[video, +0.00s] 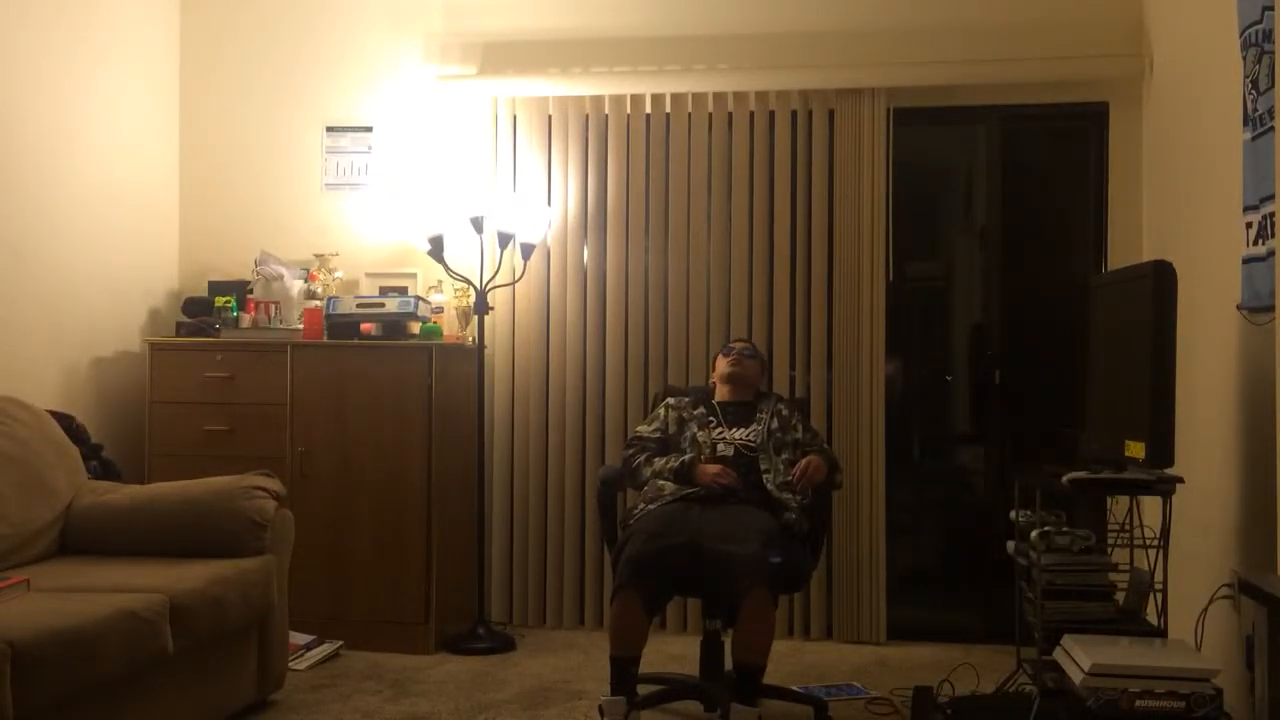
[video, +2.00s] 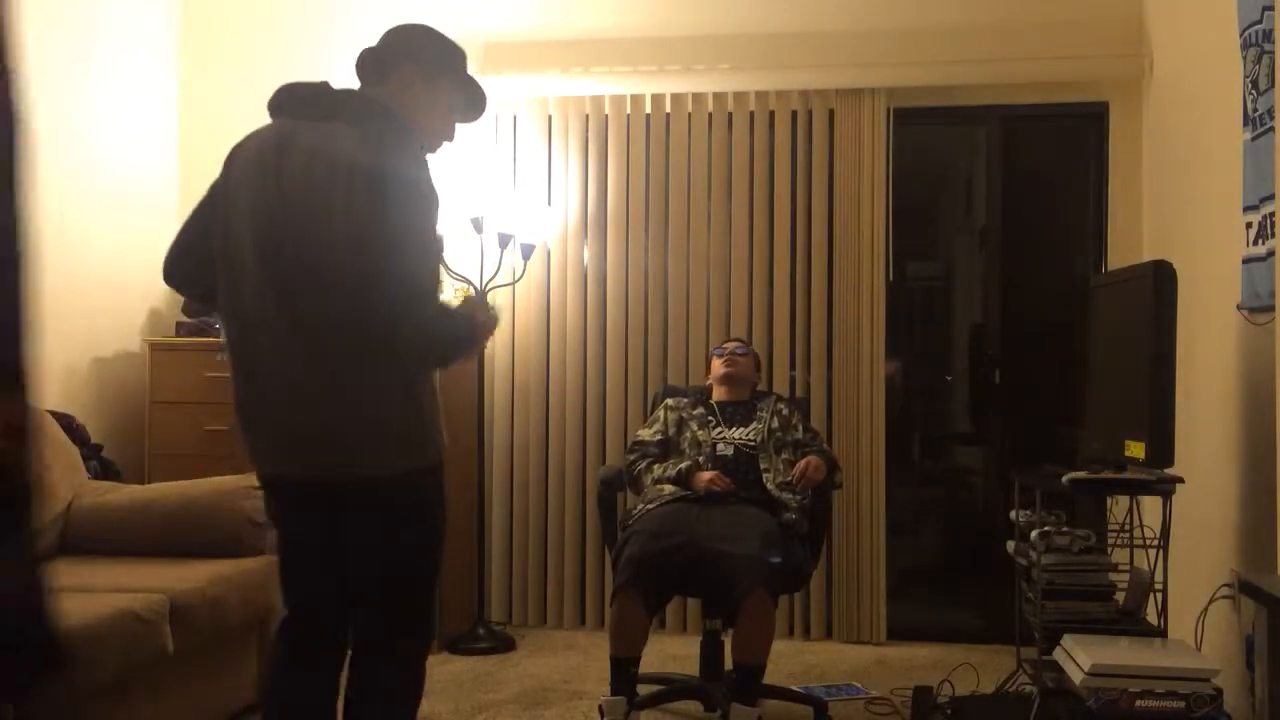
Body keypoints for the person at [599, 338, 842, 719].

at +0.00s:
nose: (737, 352)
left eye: (749, 352)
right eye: (729, 350)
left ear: (762, 376)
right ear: (713, 372)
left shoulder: (782, 414)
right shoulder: (675, 408)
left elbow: (825, 459)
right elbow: (634, 461)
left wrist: (821, 461)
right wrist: (691, 469)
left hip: (750, 508)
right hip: (674, 506)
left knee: (757, 575)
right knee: (637, 566)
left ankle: (746, 704)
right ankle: (621, 694)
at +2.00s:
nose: (729, 353)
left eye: (740, 350)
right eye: (720, 351)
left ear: (757, 372)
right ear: (708, 372)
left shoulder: (779, 412)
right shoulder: (674, 409)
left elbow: (822, 454)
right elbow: (639, 465)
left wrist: (819, 461)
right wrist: (689, 476)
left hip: (749, 508)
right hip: (673, 505)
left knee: (756, 576)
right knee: (638, 567)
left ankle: (746, 705)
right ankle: (621, 695)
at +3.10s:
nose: (722, 354)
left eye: (733, 349)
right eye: (714, 353)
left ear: (752, 370)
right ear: (704, 374)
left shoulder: (780, 411)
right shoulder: (674, 407)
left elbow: (826, 463)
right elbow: (643, 469)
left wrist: (819, 460)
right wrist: (690, 477)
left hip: (749, 508)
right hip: (675, 506)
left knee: (757, 580)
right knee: (634, 572)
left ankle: (745, 704)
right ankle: (637, 693)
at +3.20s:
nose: (722, 358)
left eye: (731, 352)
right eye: (715, 355)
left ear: (752, 369)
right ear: (708, 370)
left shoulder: (773, 407)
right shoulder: (694, 406)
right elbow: (667, 459)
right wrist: (694, 477)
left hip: (758, 511)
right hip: (695, 511)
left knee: (756, 584)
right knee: (681, 578)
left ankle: (746, 698)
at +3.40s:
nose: (742, 379)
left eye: (747, 371)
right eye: (734, 371)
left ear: (754, 374)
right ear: (720, 376)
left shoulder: (777, 412)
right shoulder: (706, 420)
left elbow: (825, 459)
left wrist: (819, 462)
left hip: (781, 532)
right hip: (725, 533)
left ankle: (752, 684)